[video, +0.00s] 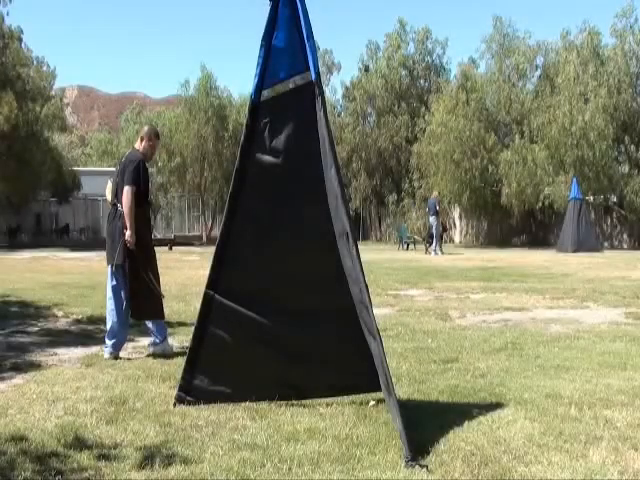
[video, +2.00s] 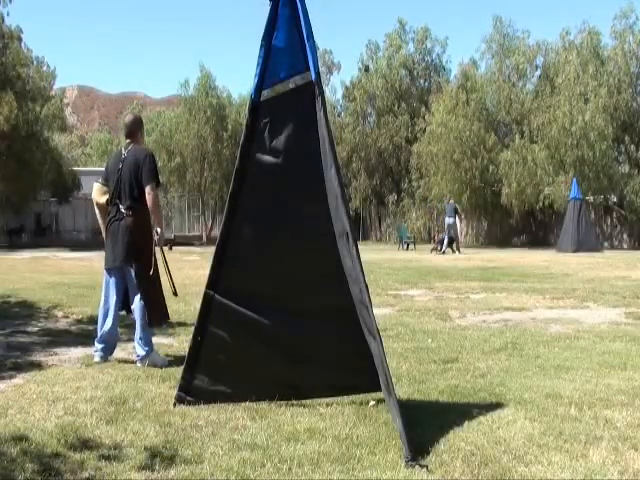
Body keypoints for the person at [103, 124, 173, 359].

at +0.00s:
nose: (156, 152)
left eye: (157, 147)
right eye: (155, 146)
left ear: (142, 140)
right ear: (146, 141)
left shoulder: (126, 160)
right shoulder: (136, 161)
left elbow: (111, 194)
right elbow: (127, 196)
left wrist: (123, 222)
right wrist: (130, 228)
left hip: (118, 236)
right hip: (135, 236)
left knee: (117, 291)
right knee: (148, 286)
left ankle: (112, 345)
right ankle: (160, 340)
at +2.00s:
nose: (143, 134)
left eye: (140, 131)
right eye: (143, 131)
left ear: (123, 133)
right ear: (140, 132)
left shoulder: (113, 160)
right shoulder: (144, 156)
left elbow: (98, 198)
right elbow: (150, 194)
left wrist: (105, 230)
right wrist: (158, 227)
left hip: (114, 231)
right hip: (137, 231)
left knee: (110, 293)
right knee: (141, 292)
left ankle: (102, 348)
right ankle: (144, 350)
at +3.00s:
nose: (146, 135)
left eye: (143, 132)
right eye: (145, 132)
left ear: (126, 135)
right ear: (141, 133)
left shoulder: (114, 159)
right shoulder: (144, 156)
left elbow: (98, 196)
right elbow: (149, 193)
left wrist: (105, 226)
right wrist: (156, 226)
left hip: (112, 229)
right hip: (134, 230)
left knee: (109, 294)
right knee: (138, 292)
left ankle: (101, 349)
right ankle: (144, 351)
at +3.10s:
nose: (146, 135)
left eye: (143, 132)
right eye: (145, 132)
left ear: (125, 134)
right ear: (141, 133)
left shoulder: (114, 159)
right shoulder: (143, 156)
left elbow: (98, 196)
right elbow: (148, 193)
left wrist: (105, 226)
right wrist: (155, 226)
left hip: (111, 229)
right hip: (133, 230)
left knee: (108, 294)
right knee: (138, 292)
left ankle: (101, 349)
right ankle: (144, 352)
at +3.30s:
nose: (145, 135)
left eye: (143, 132)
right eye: (145, 132)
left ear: (125, 134)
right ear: (141, 133)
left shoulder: (114, 159)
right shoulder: (143, 156)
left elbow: (98, 196)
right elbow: (148, 193)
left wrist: (105, 225)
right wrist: (154, 226)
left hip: (111, 230)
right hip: (133, 230)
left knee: (108, 293)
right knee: (137, 292)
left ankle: (101, 349)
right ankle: (144, 351)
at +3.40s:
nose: (146, 135)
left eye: (143, 131)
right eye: (145, 132)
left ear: (126, 134)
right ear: (141, 133)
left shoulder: (113, 159)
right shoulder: (143, 156)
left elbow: (99, 195)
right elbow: (148, 193)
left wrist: (105, 223)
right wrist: (154, 226)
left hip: (111, 229)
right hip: (133, 230)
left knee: (108, 293)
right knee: (137, 292)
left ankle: (101, 349)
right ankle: (144, 351)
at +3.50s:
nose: (146, 136)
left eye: (144, 132)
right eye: (145, 132)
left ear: (126, 134)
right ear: (140, 133)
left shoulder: (114, 158)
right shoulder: (143, 156)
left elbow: (99, 194)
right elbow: (147, 194)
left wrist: (106, 223)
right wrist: (154, 227)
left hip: (111, 228)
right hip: (133, 228)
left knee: (109, 292)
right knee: (137, 291)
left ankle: (101, 348)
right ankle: (144, 351)